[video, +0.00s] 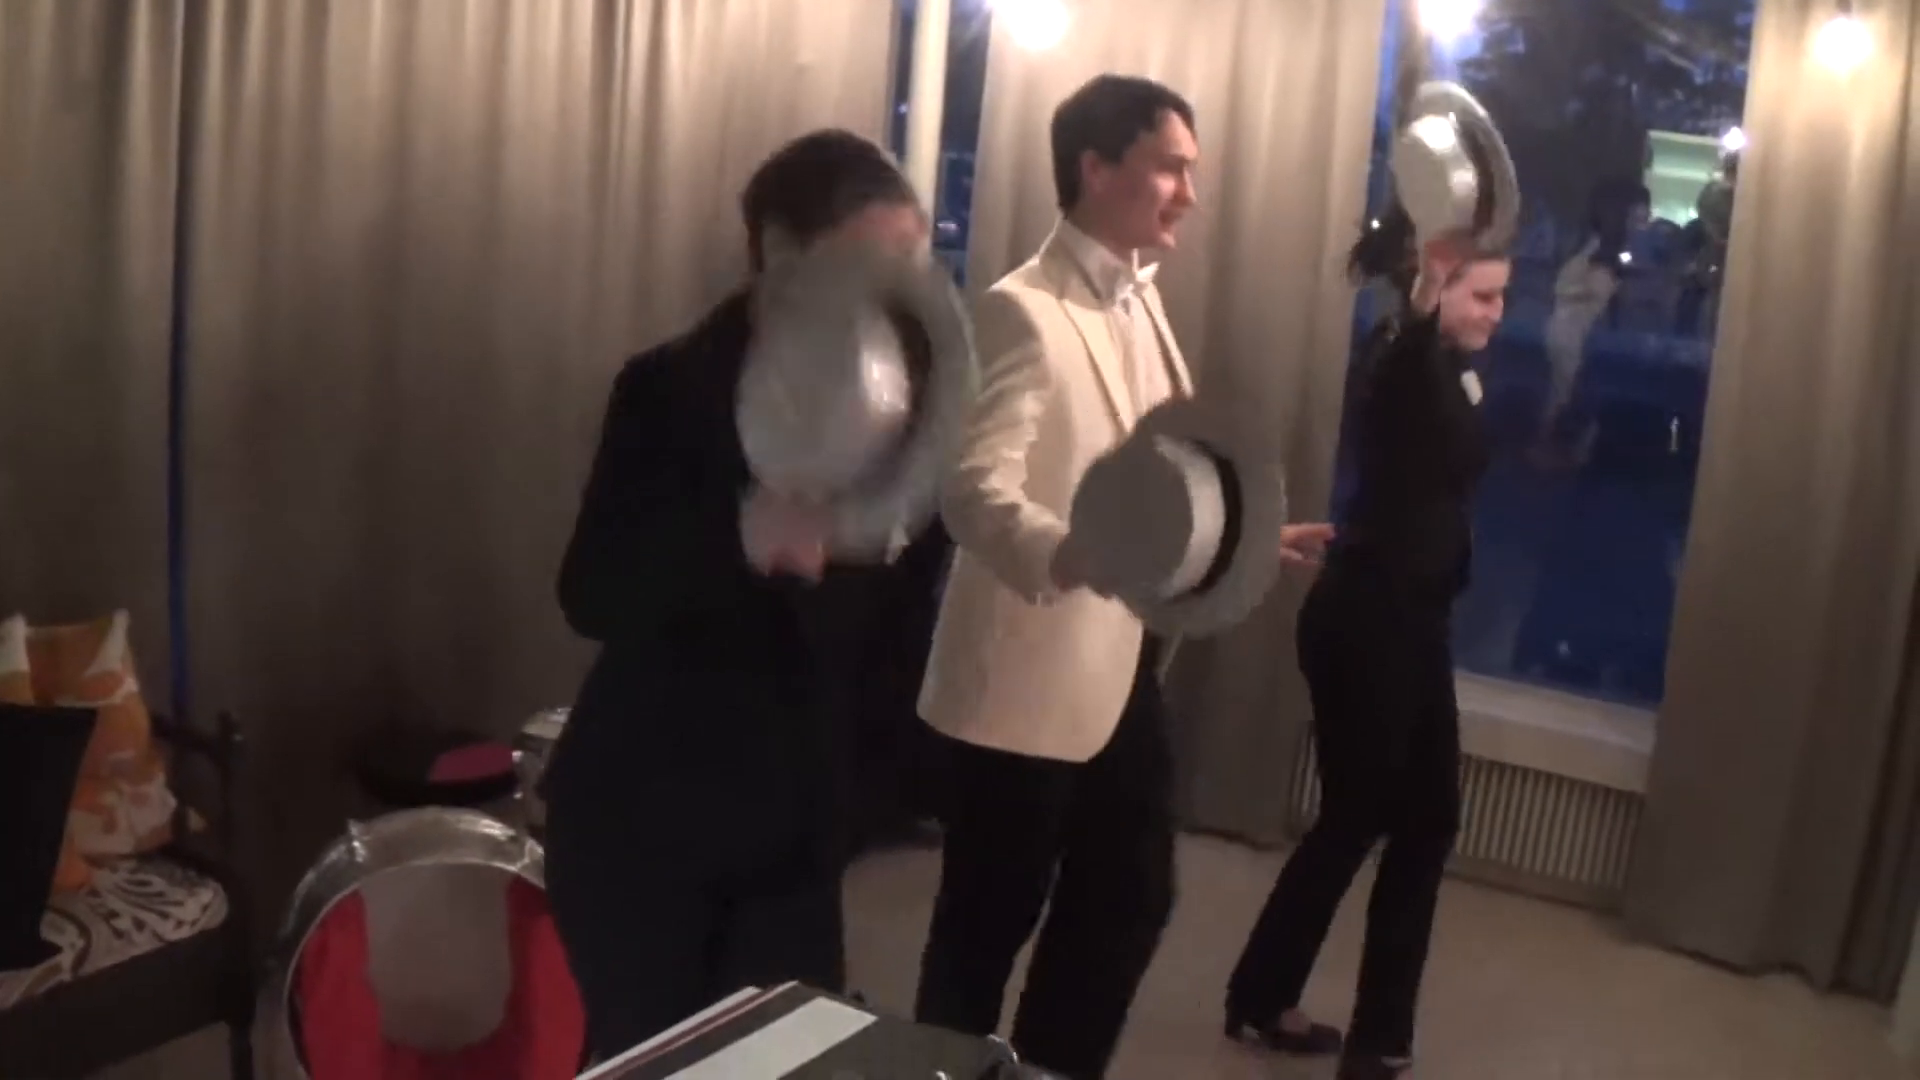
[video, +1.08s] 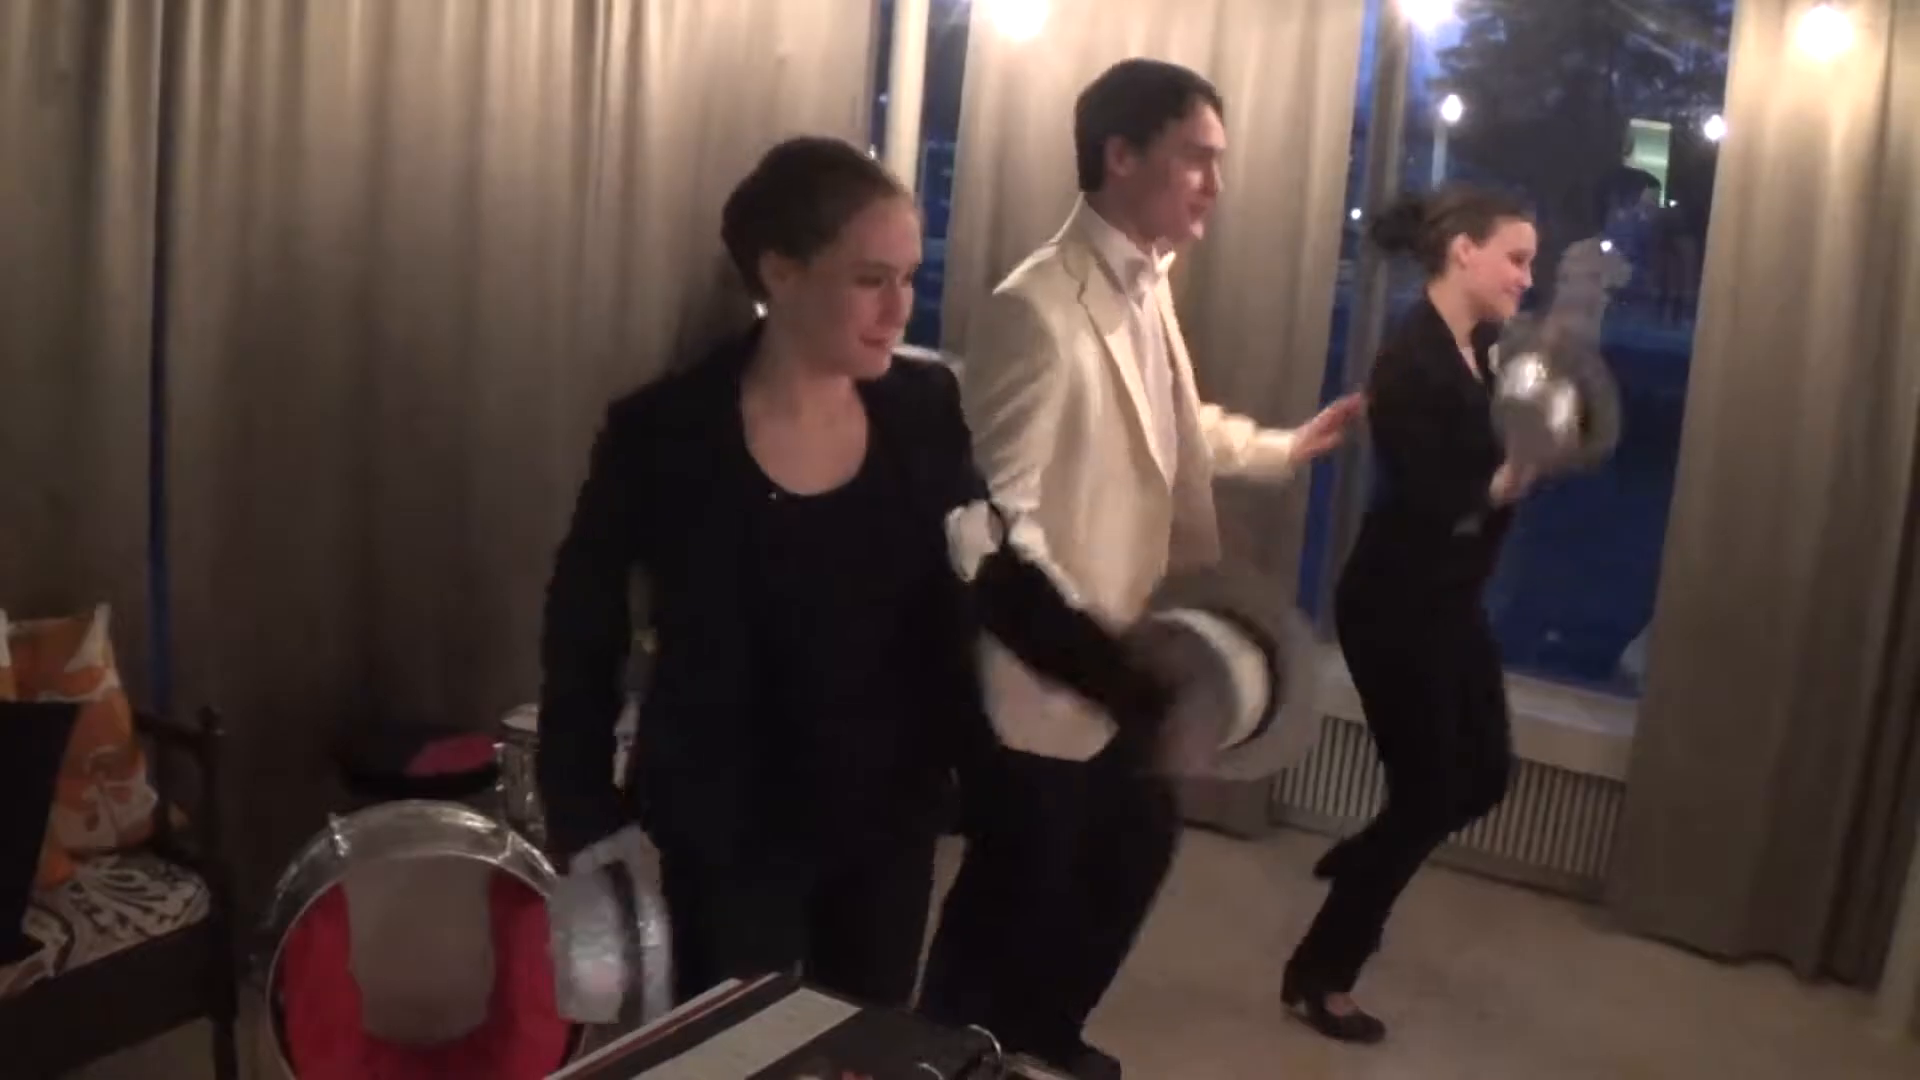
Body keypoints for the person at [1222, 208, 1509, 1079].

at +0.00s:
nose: (1496, 312)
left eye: (1501, 296)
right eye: (1484, 295)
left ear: (1479, 294)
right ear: (1434, 286)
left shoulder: (1438, 372)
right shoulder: (1408, 365)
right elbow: (1404, 359)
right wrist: (1422, 311)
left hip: (1408, 615)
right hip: (1365, 614)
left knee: (1421, 821)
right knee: (1362, 812)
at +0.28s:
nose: (1503, 306)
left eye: (1503, 290)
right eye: (1493, 289)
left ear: (1454, 286)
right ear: (1447, 280)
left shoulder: (1428, 359)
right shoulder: (1402, 350)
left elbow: (1407, 511)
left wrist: (1458, 583)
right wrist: (1412, 302)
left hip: (1397, 608)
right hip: (1353, 611)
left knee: (1479, 771)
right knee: (1362, 810)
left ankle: (1373, 934)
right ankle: (1258, 997)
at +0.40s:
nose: (1514, 282)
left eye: (1515, 268)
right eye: (1500, 267)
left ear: (1484, 280)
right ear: (1454, 273)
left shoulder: (1458, 365)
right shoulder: (1418, 329)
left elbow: (1428, 511)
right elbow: (1364, 324)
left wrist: (1494, 573)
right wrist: (1421, 248)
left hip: (1404, 586)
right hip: (1355, 583)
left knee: (1455, 759)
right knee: (1347, 795)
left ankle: (1348, 884)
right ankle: (1258, 991)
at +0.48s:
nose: (1506, 318)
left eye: (1513, 303)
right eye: (1504, 299)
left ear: (1465, 277)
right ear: (1466, 278)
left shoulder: (1445, 353)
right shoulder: (1412, 337)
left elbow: (1429, 514)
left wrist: (1506, 564)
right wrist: (1426, 300)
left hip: (1406, 588)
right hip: (1362, 586)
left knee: (1416, 767)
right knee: (1363, 787)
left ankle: (1336, 911)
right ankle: (1257, 990)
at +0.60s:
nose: (1507, 275)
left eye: (1507, 260)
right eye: (1490, 261)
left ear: (1475, 273)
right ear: (1439, 269)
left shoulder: (1469, 349)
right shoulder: (1409, 337)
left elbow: (1467, 474)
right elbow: (1385, 446)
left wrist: (1542, 496)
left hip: (1411, 589)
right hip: (1368, 590)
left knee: (1413, 777)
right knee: (1405, 783)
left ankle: (1327, 919)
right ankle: (1277, 950)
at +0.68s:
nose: (1504, 278)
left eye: (1504, 263)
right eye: (1488, 264)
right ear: (1435, 270)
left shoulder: (1468, 357)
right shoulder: (1396, 356)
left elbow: (1490, 472)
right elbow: (1369, 484)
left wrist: (1553, 420)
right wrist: (1421, 504)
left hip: (1416, 589)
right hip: (1365, 589)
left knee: (1401, 766)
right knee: (1437, 775)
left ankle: (1324, 911)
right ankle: (1294, 899)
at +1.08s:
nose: (1526, 279)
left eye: (1530, 263)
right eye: (1516, 260)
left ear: (1473, 260)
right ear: (1463, 253)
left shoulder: (1477, 349)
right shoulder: (1412, 360)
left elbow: (1494, 448)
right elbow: (1434, 498)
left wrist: (1550, 370)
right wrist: (1515, 473)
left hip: (1449, 600)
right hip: (1393, 602)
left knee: (1483, 776)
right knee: (1426, 789)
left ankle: (1357, 862)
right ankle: (1319, 973)